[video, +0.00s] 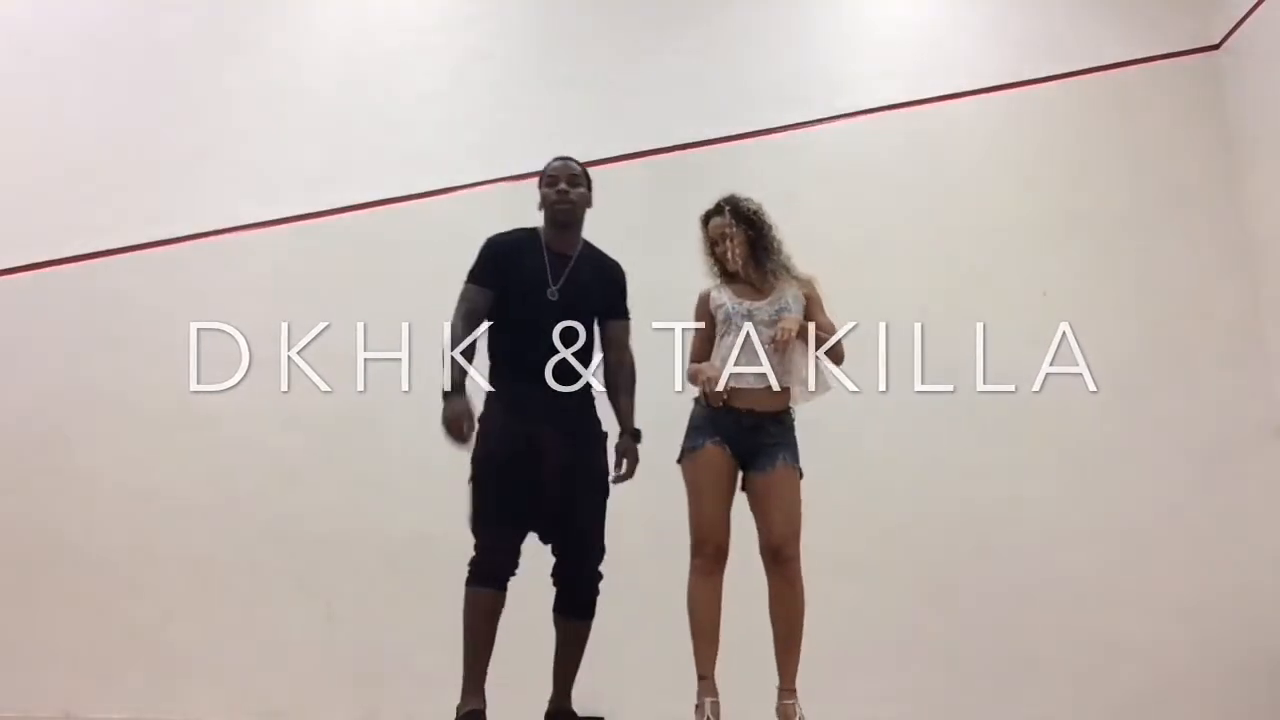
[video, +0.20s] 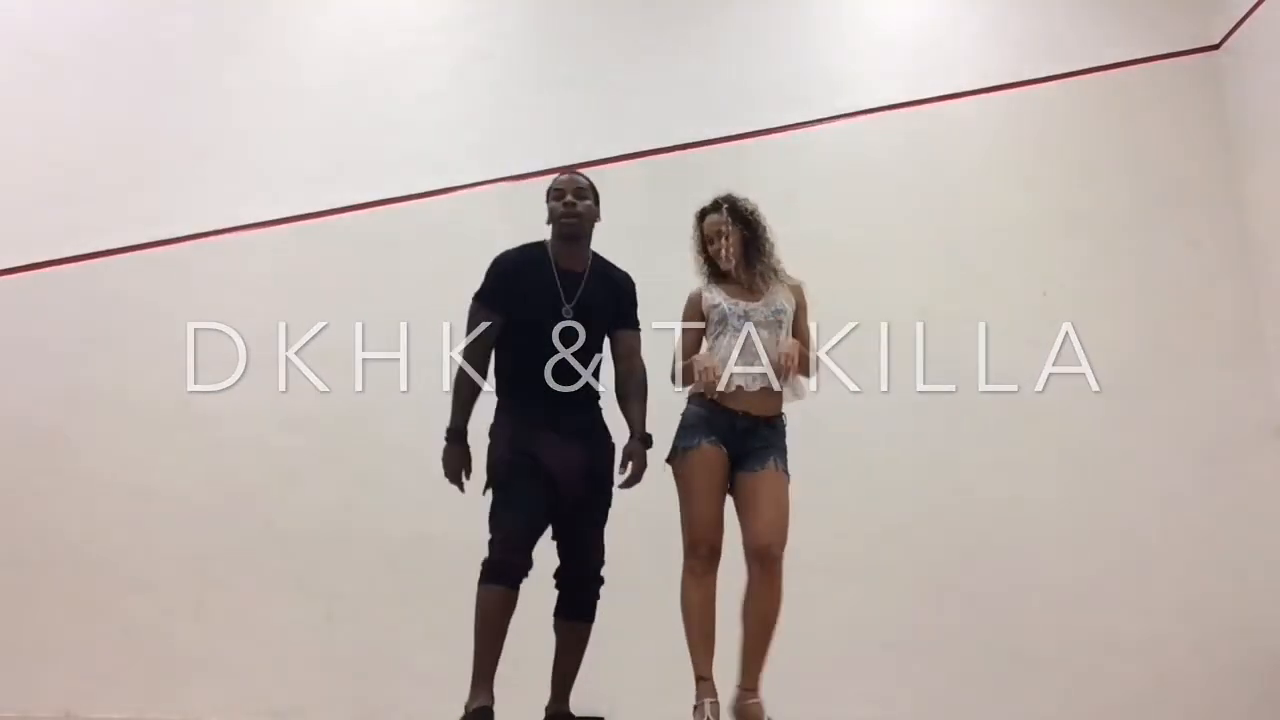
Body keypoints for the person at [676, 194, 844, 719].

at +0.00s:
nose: (726, 246)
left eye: (732, 235)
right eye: (717, 240)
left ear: (755, 233)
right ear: (711, 248)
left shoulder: (798, 290)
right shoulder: (713, 298)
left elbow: (835, 353)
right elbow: (694, 367)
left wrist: (802, 327)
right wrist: (703, 372)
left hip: (773, 431)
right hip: (713, 427)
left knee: (782, 555)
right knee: (708, 552)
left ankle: (789, 695)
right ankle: (706, 691)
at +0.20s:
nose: (721, 244)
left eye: (728, 233)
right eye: (712, 238)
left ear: (749, 234)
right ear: (704, 246)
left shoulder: (790, 293)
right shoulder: (702, 299)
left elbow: (807, 371)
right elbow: (682, 373)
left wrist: (793, 352)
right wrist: (699, 367)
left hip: (764, 433)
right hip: (706, 426)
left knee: (767, 553)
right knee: (703, 551)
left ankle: (749, 691)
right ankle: (704, 691)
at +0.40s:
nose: (728, 234)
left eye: (737, 224)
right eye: (719, 226)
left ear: (756, 228)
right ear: (710, 234)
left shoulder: (781, 290)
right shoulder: (697, 290)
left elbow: (799, 355)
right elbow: (683, 366)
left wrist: (794, 366)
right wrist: (708, 336)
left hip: (767, 427)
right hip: (707, 424)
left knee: (786, 543)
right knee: (704, 552)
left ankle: (774, 682)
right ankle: (703, 689)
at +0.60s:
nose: (744, 228)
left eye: (753, 220)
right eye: (735, 221)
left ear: (768, 229)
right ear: (721, 229)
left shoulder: (787, 291)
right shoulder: (702, 285)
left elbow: (799, 359)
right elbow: (679, 353)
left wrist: (801, 373)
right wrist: (720, 320)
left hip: (783, 425)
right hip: (723, 424)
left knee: (796, 551)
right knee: (717, 552)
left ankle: (808, 690)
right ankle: (707, 689)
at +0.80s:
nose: (760, 229)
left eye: (770, 221)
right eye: (751, 222)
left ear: (786, 232)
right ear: (737, 232)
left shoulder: (804, 294)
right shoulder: (717, 293)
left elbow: (823, 362)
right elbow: (692, 364)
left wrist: (817, 368)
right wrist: (726, 333)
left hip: (803, 429)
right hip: (742, 429)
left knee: (809, 559)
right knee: (736, 548)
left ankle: (808, 695)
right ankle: (716, 687)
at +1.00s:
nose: (770, 233)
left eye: (780, 226)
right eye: (761, 226)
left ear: (797, 236)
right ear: (747, 236)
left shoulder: (814, 296)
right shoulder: (727, 299)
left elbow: (847, 371)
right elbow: (709, 374)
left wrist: (824, 358)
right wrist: (734, 352)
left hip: (810, 428)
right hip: (751, 433)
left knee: (815, 559)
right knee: (759, 546)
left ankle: (811, 694)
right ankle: (775, 691)